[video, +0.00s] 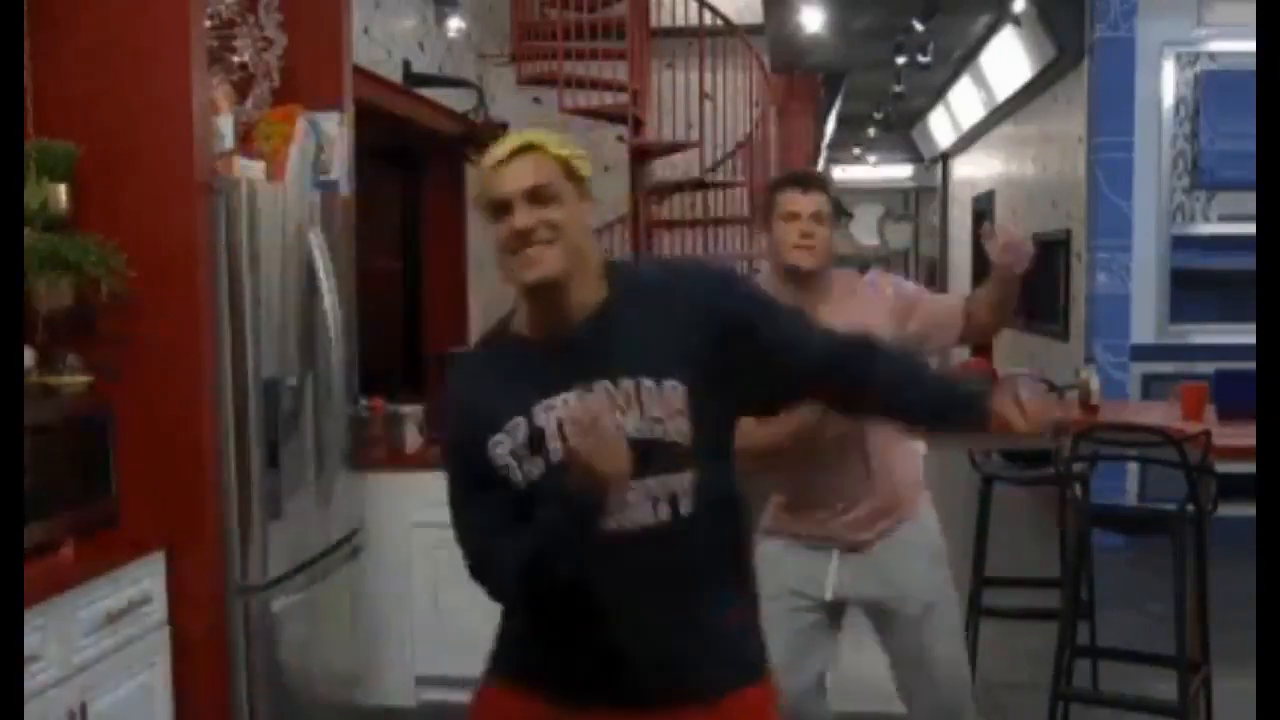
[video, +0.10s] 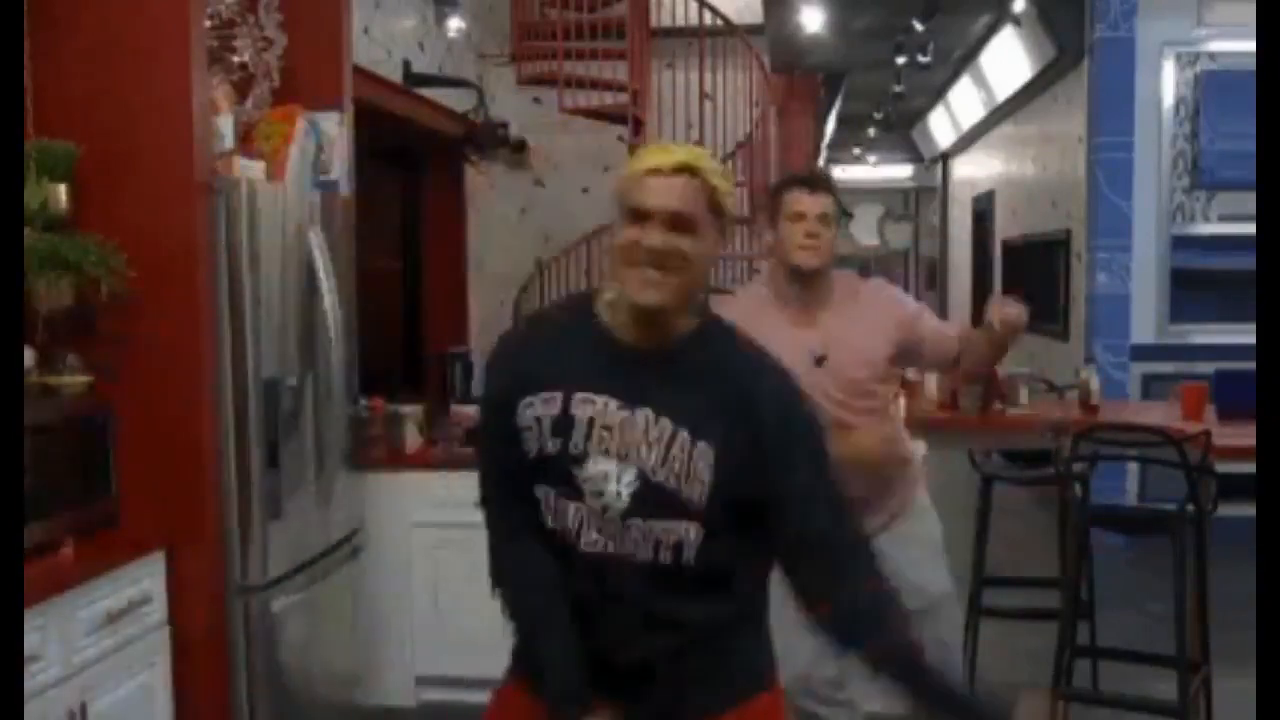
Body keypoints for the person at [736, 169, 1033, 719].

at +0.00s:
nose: (806, 230)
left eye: (819, 219)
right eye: (791, 218)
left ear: (836, 233)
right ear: (766, 233)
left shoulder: (879, 296)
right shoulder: (744, 311)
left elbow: (973, 322)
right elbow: (729, 438)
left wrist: (1005, 276)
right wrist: (813, 412)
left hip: (897, 531)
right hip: (792, 536)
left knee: (944, 699)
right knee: (790, 700)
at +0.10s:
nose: (811, 231)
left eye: (823, 221)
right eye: (797, 220)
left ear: (838, 234)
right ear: (772, 233)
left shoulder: (878, 302)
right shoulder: (735, 317)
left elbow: (959, 356)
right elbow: (728, 439)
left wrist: (995, 334)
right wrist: (840, 449)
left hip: (894, 514)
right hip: (797, 522)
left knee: (934, 664)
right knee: (802, 673)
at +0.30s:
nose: (765, 209)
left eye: (779, 197)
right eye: (753, 199)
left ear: (803, 209)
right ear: (735, 211)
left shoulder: (845, 279)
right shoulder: (709, 283)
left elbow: (899, 385)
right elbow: (677, 395)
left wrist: (958, 488)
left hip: (849, 538)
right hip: (747, 540)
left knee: (926, 699)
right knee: (753, 706)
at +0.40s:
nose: (737, 196)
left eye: (750, 183)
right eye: (723, 185)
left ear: (774, 195)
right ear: (705, 201)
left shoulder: (822, 273)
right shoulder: (679, 269)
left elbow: (866, 383)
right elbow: (649, 382)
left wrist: (884, 500)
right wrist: (653, 499)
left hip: (816, 517)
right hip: (708, 520)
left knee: (881, 671)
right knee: (688, 680)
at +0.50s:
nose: (690, 219)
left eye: (703, 207)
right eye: (676, 210)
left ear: (728, 217)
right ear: (661, 226)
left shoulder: (778, 302)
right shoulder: (633, 303)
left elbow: (794, 423)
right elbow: (605, 409)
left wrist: (734, 517)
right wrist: (602, 516)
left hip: (757, 517)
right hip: (653, 525)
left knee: (820, 668)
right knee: (631, 675)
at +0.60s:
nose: (672, 219)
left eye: (685, 207)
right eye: (659, 211)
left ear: (711, 222)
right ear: (645, 231)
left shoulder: (768, 309)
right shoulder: (611, 306)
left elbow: (770, 430)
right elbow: (582, 408)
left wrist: (692, 479)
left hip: (734, 529)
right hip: (624, 528)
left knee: (783, 676)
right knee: (592, 681)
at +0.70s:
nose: (660, 215)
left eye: (673, 201)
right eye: (647, 208)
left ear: (701, 213)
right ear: (636, 226)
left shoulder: (762, 299)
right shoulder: (611, 295)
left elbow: (759, 423)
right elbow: (565, 389)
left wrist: (675, 440)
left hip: (723, 522)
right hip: (616, 520)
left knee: (738, 677)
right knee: (582, 674)